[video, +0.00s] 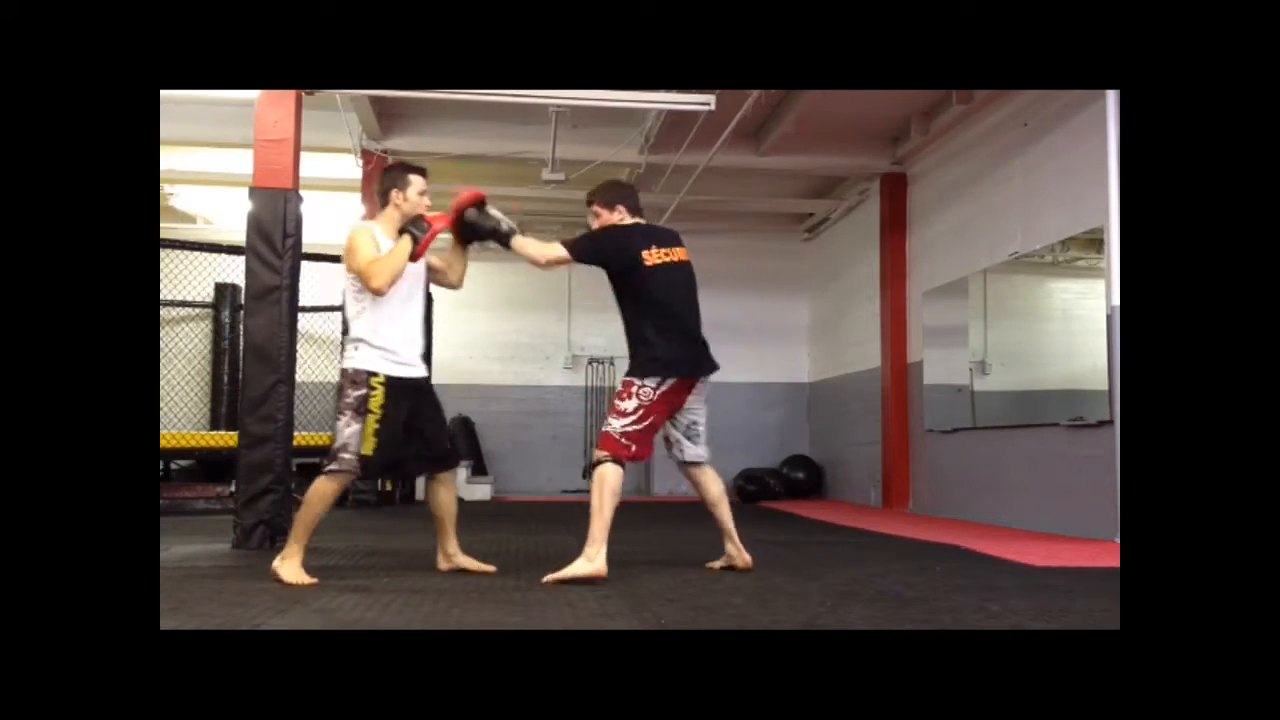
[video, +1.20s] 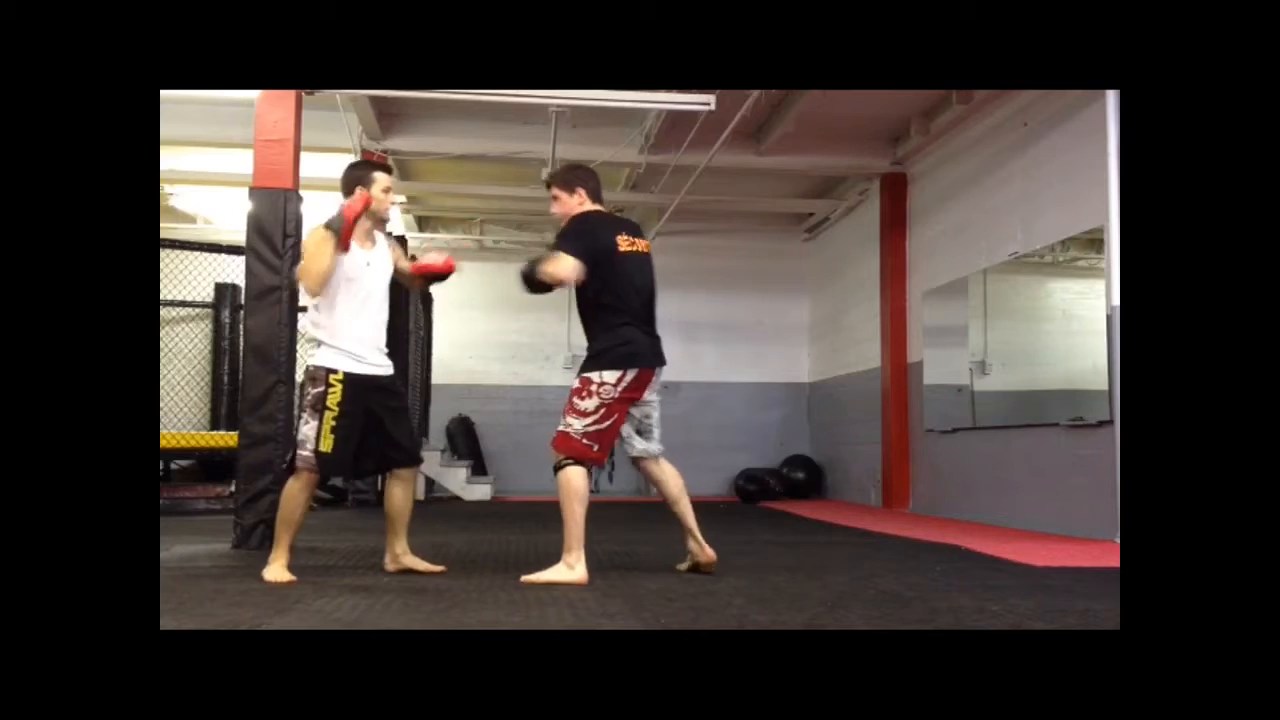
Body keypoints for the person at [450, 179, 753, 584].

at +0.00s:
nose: (593, 224)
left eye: (595, 216)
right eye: (593, 217)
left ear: (618, 211)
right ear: (631, 212)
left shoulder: (614, 239)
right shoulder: (669, 237)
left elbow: (546, 256)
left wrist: (502, 231)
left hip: (656, 365)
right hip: (693, 362)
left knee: (610, 453)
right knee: (695, 459)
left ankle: (593, 556)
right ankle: (736, 549)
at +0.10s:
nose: (585, 235)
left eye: (588, 225)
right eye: (583, 227)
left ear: (612, 216)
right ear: (616, 218)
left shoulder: (630, 248)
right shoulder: (646, 244)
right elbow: (599, 300)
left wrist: (546, 270)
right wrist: (544, 277)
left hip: (657, 374)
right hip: (676, 371)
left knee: (606, 455)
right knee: (672, 467)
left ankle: (590, 562)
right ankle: (735, 541)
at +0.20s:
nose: (578, 258)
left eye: (584, 248)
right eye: (575, 250)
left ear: (609, 239)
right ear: (576, 247)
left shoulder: (649, 267)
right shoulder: (587, 273)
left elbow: (663, 336)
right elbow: (563, 322)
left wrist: (604, 321)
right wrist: (556, 284)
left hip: (661, 383)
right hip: (630, 382)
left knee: (591, 452)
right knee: (651, 479)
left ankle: (588, 563)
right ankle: (733, 537)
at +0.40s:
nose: (544, 256)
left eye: (546, 247)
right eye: (542, 249)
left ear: (570, 240)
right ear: (573, 238)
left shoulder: (618, 266)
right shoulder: (581, 266)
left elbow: (645, 337)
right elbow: (560, 307)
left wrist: (592, 365)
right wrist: (555, 274)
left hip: (633, 376)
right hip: (639, 376)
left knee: (570, 456)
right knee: (650, 463)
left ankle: (586, 561)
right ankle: (719, 531)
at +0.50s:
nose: (547, 236)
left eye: (547, 226)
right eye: (545, 226)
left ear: (563, 218)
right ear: (575, 212)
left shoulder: (580, 263)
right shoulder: (626, 227)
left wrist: (545, 336)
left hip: (616, 368)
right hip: (656, 361)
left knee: (573, 456)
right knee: (646, 450)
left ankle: (585, 561)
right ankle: (696, 532)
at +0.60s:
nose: (550, 226)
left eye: (549, 216)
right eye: (547, 217)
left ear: (566, 207)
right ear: (588, 202)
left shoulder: (571, 249)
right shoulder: (633, 220)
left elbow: (536, 307)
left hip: (616, 364)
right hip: (659, 359)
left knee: (576, 454)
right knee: (647, 449)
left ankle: (586, 561)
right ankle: (694, 535)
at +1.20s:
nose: (553, 210)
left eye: (556, 200)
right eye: (551, 202)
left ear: (580, 194)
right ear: (593, 195)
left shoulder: (583, 225)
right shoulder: (631, 228)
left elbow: (566, 271)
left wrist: (536, 271)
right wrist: (564, 266)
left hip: (614, 359)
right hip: (646, 357)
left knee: (571, 452)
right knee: (648, 455)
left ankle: (572, 561)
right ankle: (699, 545)